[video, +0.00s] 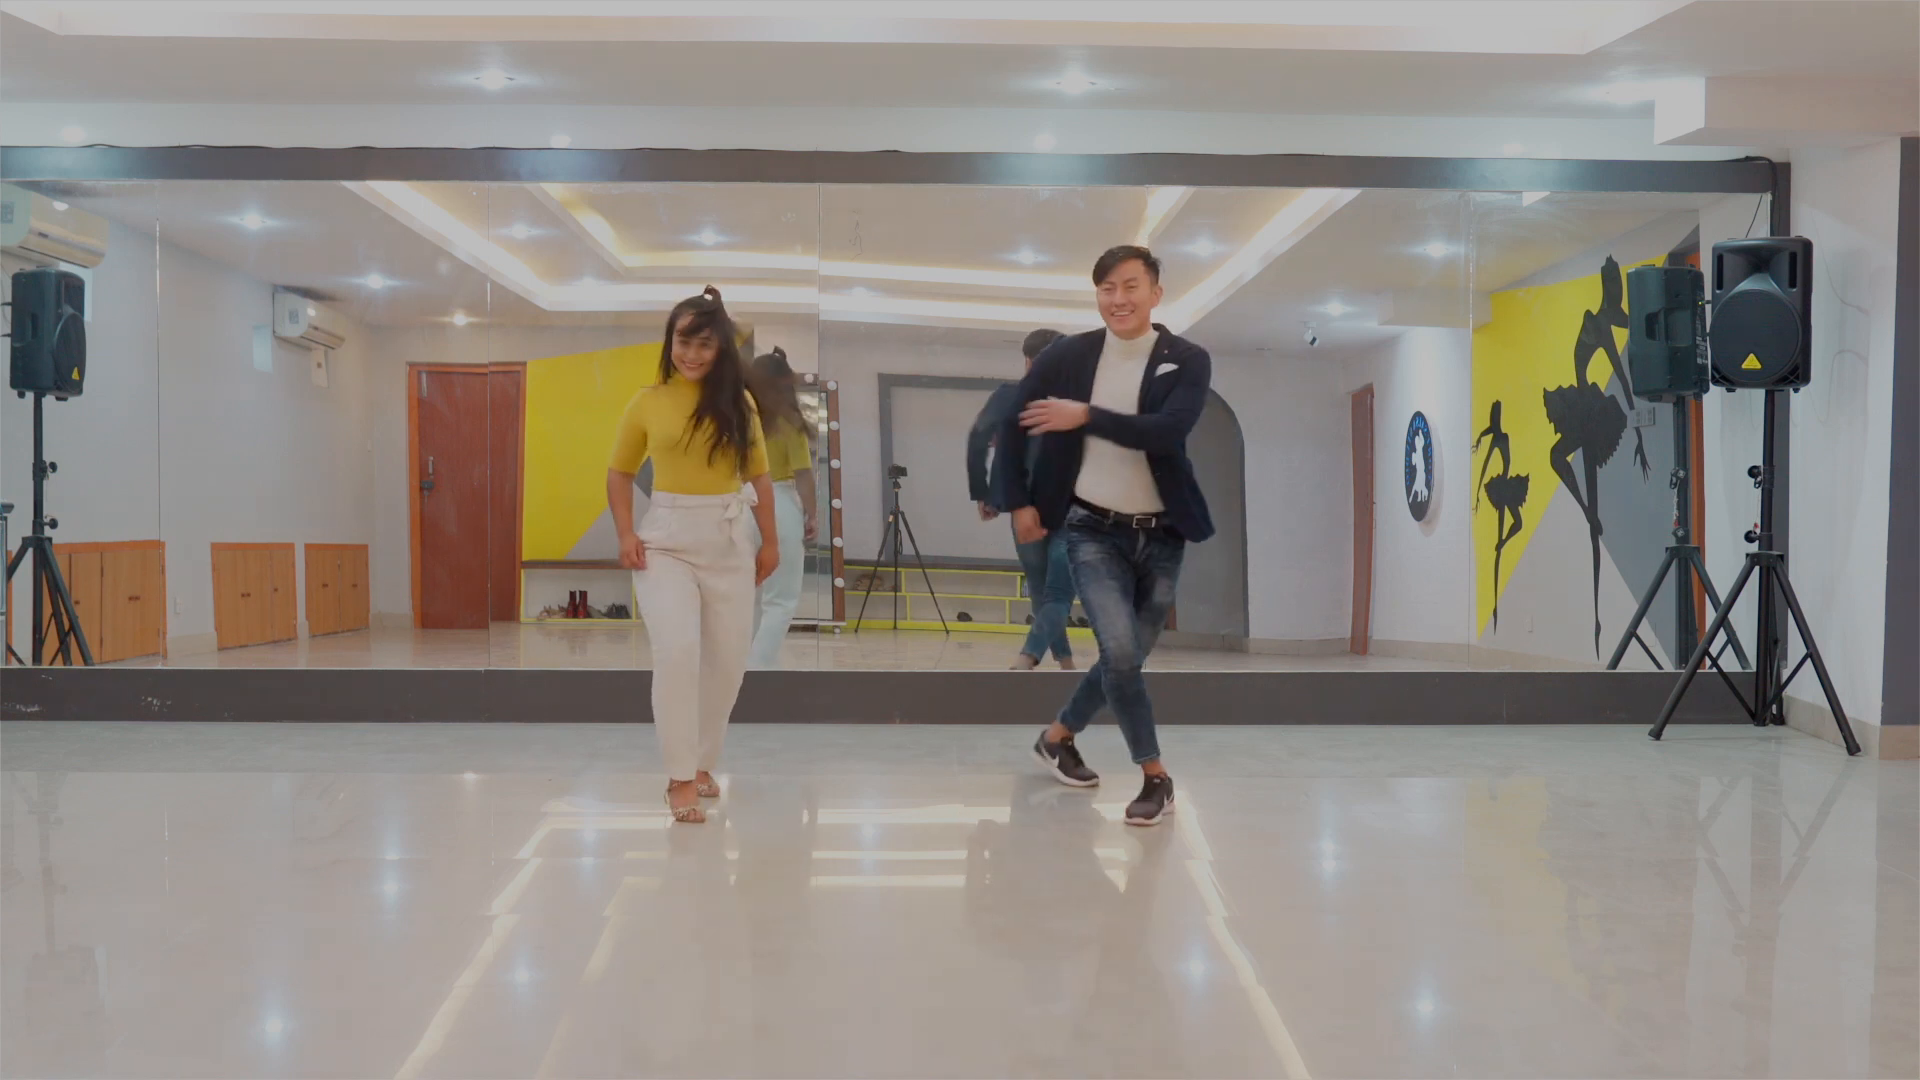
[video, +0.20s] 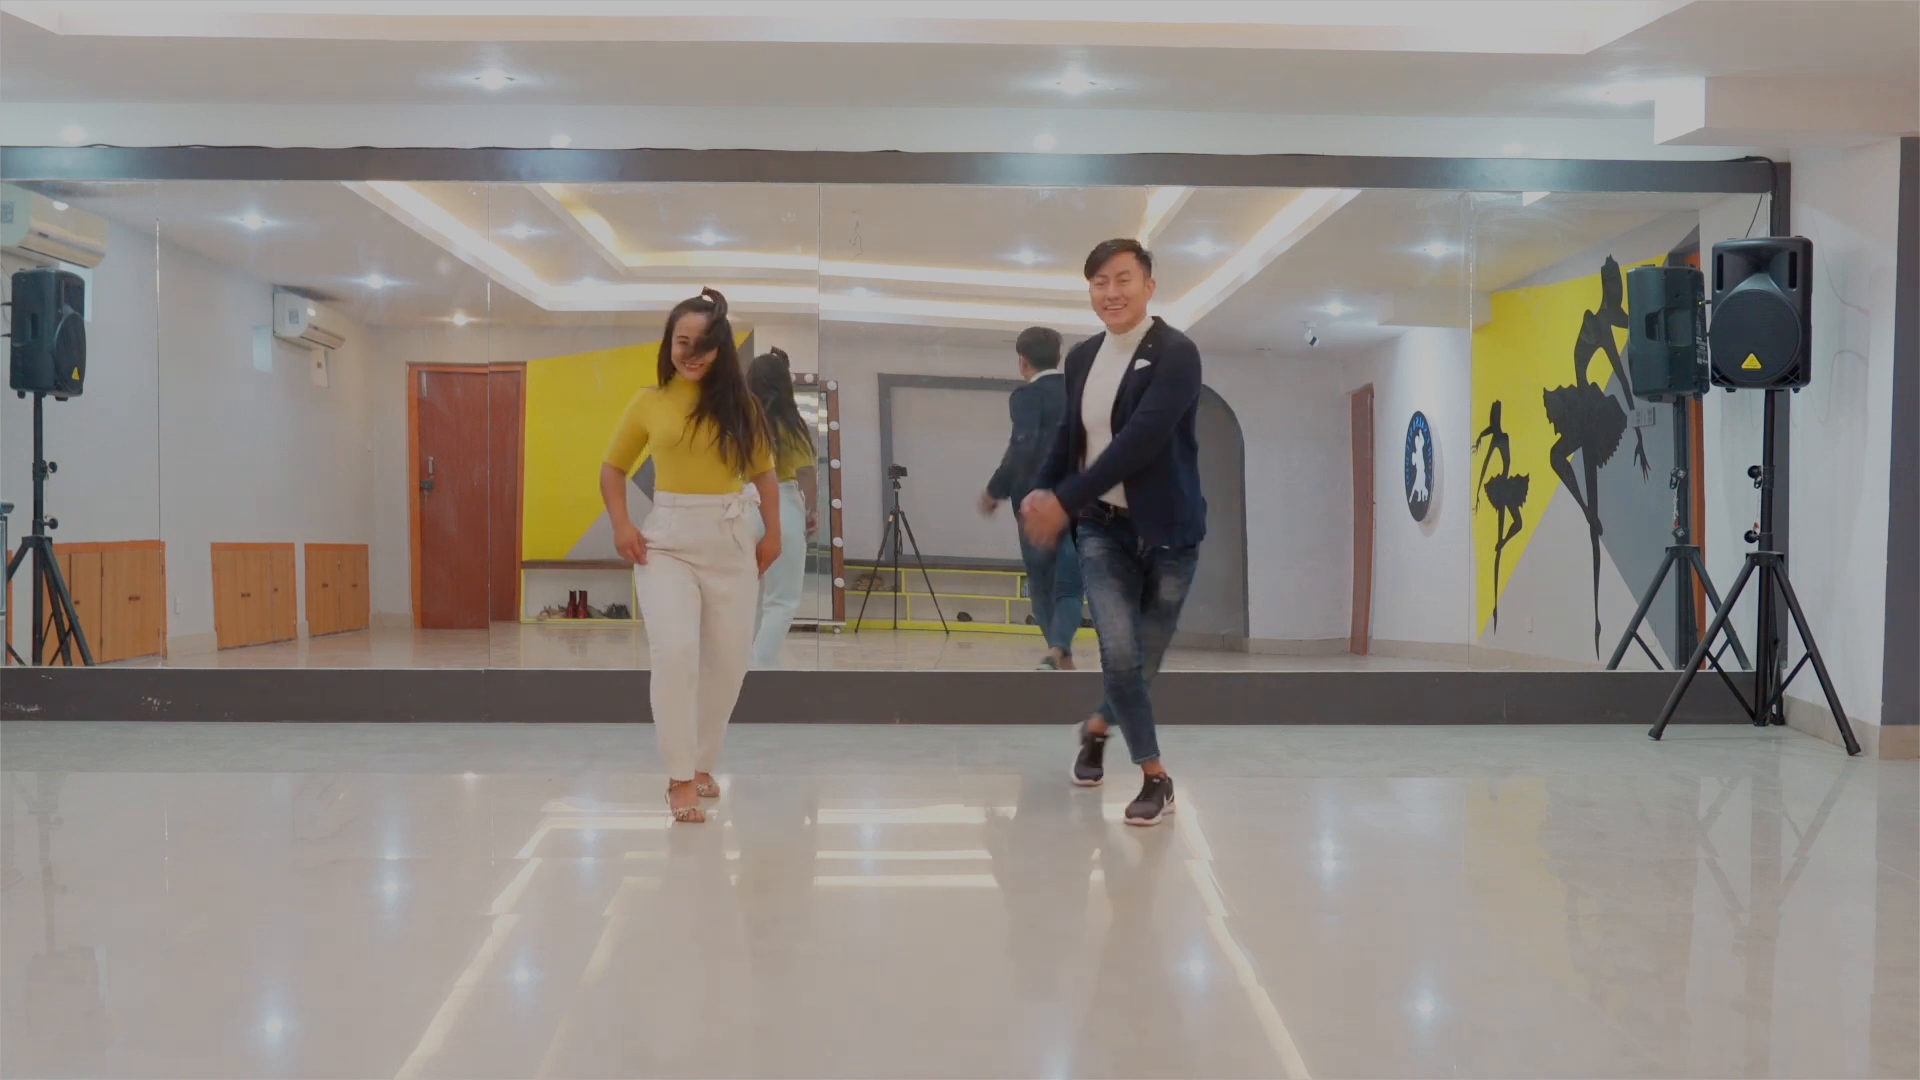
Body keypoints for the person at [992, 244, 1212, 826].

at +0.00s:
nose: (1119, 298)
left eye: (1131, 285)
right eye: (1109, 288)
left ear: (1157, 292)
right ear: (1096, 298)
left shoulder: (1187, 359)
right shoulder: (1065, 356)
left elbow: (1169, 431)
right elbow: (1010, 429)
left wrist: (1086, 416)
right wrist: (1019, 502)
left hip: (1161, 530)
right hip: (1091, 525)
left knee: (1129, 655)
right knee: (1119, 651)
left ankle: (1059, 734)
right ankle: (1155, 775)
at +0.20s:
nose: (1110, 292)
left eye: (1123, 279)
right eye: (1100, 282)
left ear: (1149, 286)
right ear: (1090, 291)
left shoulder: (1176, 352)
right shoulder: (1081, 357)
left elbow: (1142, 438)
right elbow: (1067, 435)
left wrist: (1065, 499)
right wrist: (1041, 495)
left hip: (1168, 527)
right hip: (1099, 522)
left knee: (1143, 660)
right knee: (1119, 655)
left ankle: (1097, 728)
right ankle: (1155, 776)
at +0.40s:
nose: (1105, 279)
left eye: (1118, 266)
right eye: (1094, 269)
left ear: (1144, 274)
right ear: (1083, 280)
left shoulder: (1168, 345)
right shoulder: (1079, 345)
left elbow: (1221, 425)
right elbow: (1077, 418)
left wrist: (1171, 491)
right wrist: (1063, 437)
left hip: (1164, 515)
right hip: (1100, 514)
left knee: (1158, 636)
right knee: (1119, 647)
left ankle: (1184, 683)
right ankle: (1155, 776)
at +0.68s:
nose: (1102, 278)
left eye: (1115, 265)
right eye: (1091, 268)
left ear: (1141, 271)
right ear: (1080, 278)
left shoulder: (1179, 331)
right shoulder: (1068, 344)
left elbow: (1231, 395)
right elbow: (1015, 418)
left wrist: (1217, 427)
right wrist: (1053, 434)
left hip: (1152, 500)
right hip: (1103, 505)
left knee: (1048, 596)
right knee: (1131, 652)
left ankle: (1085, 735)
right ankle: (1178, 782)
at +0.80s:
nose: (1088, 280)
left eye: (1100, 268)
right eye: (1078, 270)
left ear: (1128, 274)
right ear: (1068, 281)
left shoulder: (1168, 342)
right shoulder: (1046, 348)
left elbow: (1216, 412)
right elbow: (978, 419)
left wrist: (1153, 444)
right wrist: (1012, 480)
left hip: (1145, 507)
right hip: (1083, 515)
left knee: (1098, 627)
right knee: (1099, 640)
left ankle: (1087, 762)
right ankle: (1171, 769)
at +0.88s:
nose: (1073, 287)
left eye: (1087, 276)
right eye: (1065, 277)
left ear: (1114, 283)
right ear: (1057, 287)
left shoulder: (1142, 343)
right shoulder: (1031, 349)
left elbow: (1175, 418)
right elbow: (976, 408)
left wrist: (1117, 469)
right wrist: (1008, 470)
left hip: (1148, 514)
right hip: (1082, 520)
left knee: (1118, 637)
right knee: (1059, 644)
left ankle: (1085, 769)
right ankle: (1157, 731)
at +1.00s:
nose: (1055, 296)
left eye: (1068, 285)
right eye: (1047, 287)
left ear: (1098, 296)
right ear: (1039, 299)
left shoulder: (1120, 361)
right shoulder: (1036, 367)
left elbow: (1164, 445)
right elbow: (1017, 424)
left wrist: (1110, 503)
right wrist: (1011, 451)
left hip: (1135, 526)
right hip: (1069, 528)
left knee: (1116, 647)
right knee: (1079, 665)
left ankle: (1077, 766)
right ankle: (1123, 716)